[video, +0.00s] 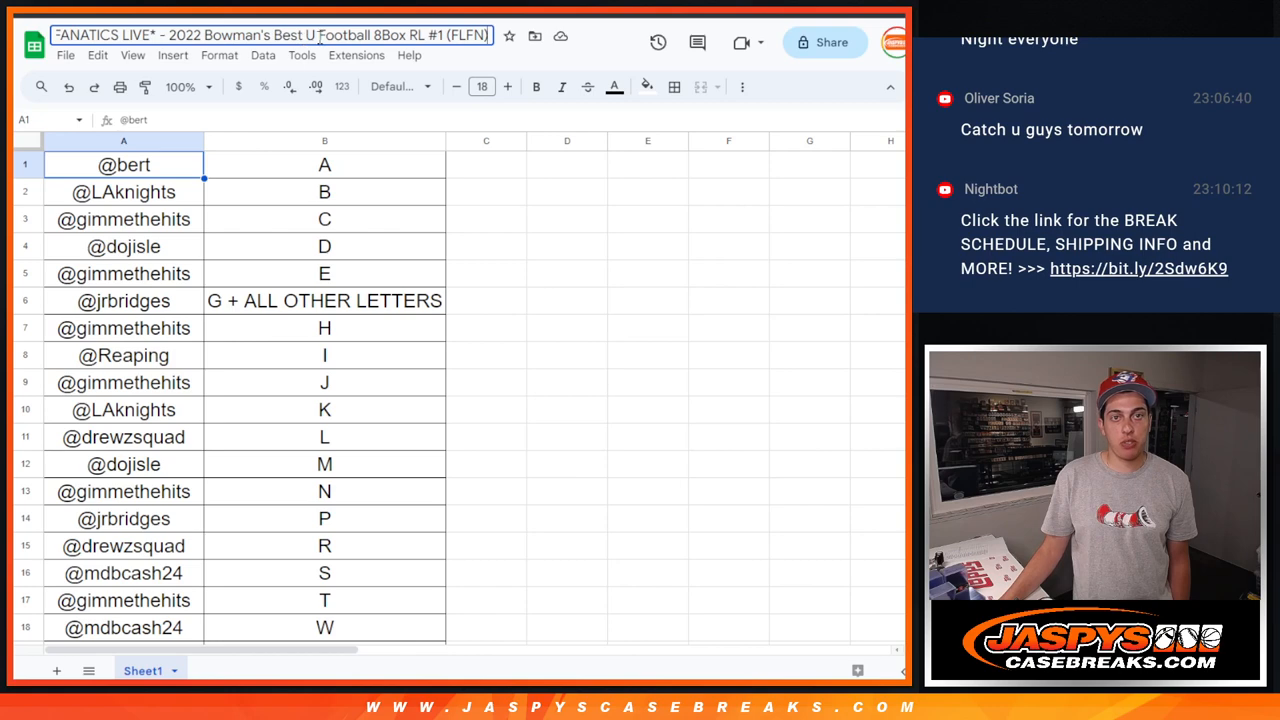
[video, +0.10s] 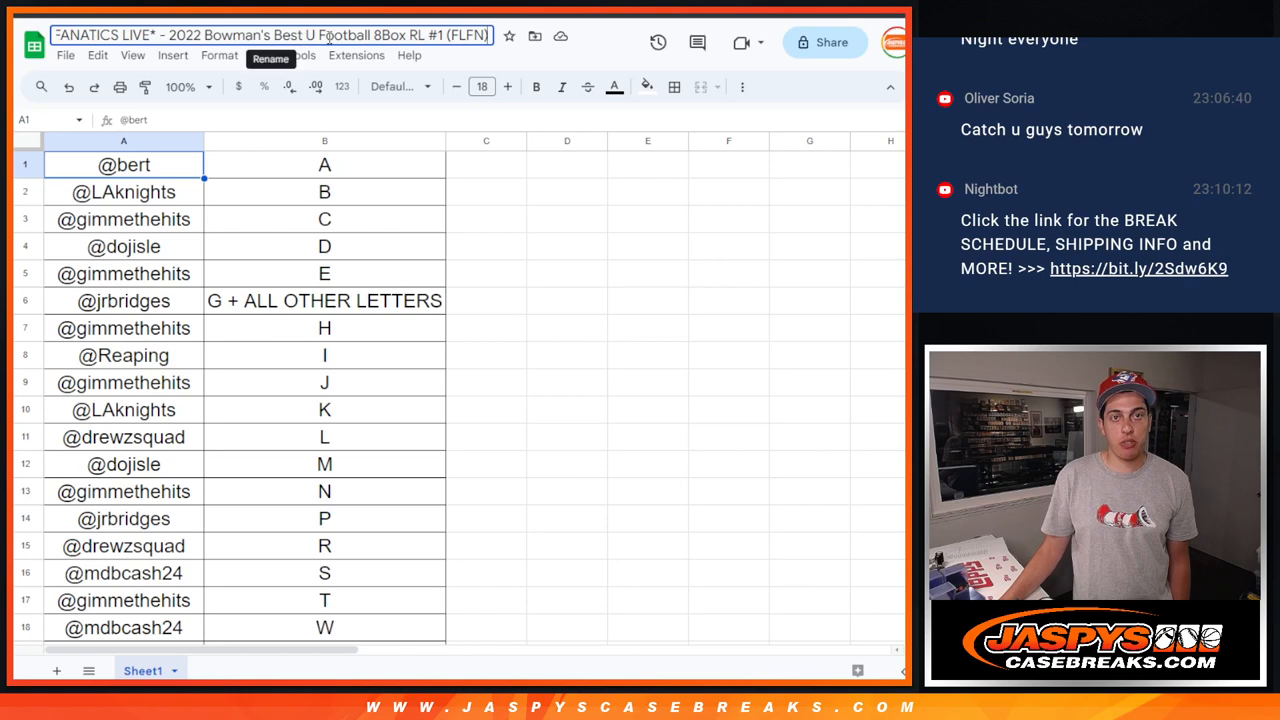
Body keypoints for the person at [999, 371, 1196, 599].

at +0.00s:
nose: (1127, 428)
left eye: (1137, 415)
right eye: (1116, 417)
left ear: (1150, 421)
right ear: (1102, 425)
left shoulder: (1175, 481)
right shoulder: (1073, 476)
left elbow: (1179, 557)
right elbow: (1051, 549)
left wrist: (1180, 611)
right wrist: (1007, 599)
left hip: (1153, 607)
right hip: (1090, 607)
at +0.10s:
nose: (1127, 428)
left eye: (1137, 415)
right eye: (1115, 417)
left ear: (1149, 421)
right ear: (1101, 425)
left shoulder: (1175, 481)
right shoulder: (1073, 476)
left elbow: (1179, 557)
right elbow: (1051, 549)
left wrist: (1180, 611)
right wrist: (1007, 599)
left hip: (1153, 607)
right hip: (1090, 607)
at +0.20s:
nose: (1127, 428)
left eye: (1137, 415)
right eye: (1115, 417)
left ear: (1149, 421)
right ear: (1101, 425)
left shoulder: (1175, 481)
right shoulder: (1073, 476)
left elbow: (1179, 557)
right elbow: (1051, 549)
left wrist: (1180, 611)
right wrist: (1007, 599)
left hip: (1153, 607)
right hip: (1090, 607)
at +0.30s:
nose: (1127, 428)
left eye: (1137, 415)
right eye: (1115, 417)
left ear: (1149, 421)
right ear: (1101, 425)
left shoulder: (1175, 481)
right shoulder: (1073, 476)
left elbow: (1179, 557)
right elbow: (1051, 549)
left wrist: (1180, 611)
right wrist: (1007, 599)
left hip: (1153, 607)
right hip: (1090, 607)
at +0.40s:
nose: (1127, 428)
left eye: (1137, 415)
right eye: (1115, 417)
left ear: (1149, 421)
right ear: (1101, 425)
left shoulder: (1175, 481)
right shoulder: (1073, 476)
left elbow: (1179, 557)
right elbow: (1051, 549)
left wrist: (1180, 611)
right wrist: (1007, 599)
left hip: (1153, 607)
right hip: (1090, 607)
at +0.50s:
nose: (1127, 428)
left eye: (1137, 415)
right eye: (1115, 416)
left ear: (1149, 421)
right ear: (1101, 425)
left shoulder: (1175, 481)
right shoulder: (1073, 476)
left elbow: (1179, 557)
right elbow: (1051, 549)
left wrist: (1180, 611)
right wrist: (1007, 599)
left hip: (1153, 607)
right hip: (1090, 607)